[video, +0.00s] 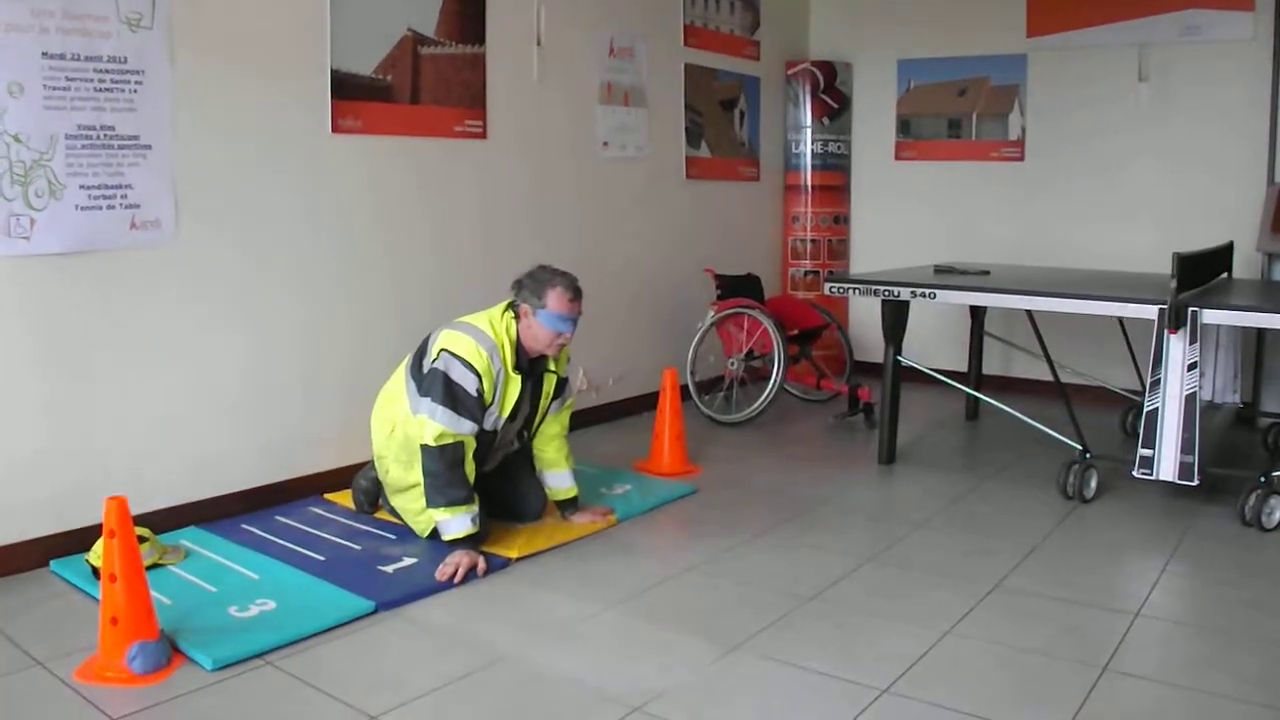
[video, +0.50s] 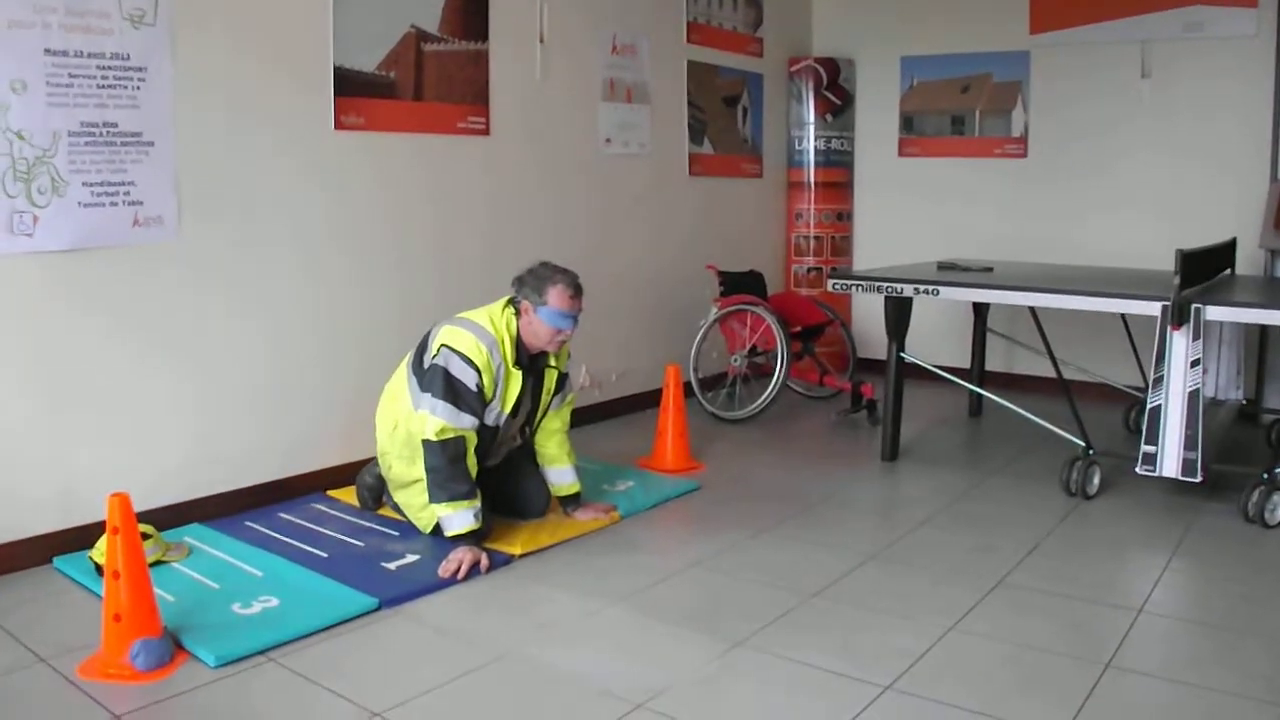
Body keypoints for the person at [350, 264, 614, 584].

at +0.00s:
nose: (567, 335)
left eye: (573, 325)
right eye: (559, 323)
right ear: (524, 314)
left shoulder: (553, 354)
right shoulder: (467, 352)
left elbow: (550, 431)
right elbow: (442, 447)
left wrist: (570, 506)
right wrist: (462, 544)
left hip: (486, 434)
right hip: (412, 442)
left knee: (529, 507)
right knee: (453, 531)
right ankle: (386, 479)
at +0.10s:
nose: (570, 335)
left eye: (575, 325)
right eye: (562, 324)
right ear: (527, 313)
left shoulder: (555, 353)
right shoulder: (469, 351)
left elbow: (552, 430)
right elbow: (445, 446)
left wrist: (571, 505)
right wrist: (464, 543)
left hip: (487, 432)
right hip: (415, 441)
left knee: (530, 507)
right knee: (457, 531)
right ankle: (388, 478)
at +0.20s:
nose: (570, 335)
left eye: (575, 324)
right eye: (562, 323)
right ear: (527, 312)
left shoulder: (555, 353)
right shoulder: (468, 350)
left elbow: (552, 429)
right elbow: (445, 445)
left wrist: (571, 504)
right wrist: (464, 542)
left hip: (489, 432)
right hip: (416, 440)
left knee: (530, 507)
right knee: (453, 531)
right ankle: (388, 478)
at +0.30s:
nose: (569, 333)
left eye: (574, 322)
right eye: (560, 320)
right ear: (526, 311)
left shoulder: (554, 353)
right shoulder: (467, 349)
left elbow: (552, 429)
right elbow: (444, 444)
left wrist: (572, 503)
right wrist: (464, 541)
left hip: (489, 434)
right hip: (416, 442)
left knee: (531, 506)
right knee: (457, 530)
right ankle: (389, 479)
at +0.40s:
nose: (568, 332)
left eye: (573, 321)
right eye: (559, 319)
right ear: (525, 311)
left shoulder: (554, 351)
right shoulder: (466, 349)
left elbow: (551, 428)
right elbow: (444, 444)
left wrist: (572, 502)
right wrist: (464, 540)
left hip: (489, 435)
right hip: (416, 442)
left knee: (532, 505)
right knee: (462, 530)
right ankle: (391, 480)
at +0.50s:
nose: (568, 332)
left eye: (573, 321)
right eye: (559, 319)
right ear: (525, 311)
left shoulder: (554, 351)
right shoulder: (465, 348)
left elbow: (552, 427)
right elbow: (444, 443)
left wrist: (572, 502)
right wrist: (465, 540)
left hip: (489, 434)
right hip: (416, 440)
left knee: (532, 504)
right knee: (451, 527)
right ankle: (391, 479)